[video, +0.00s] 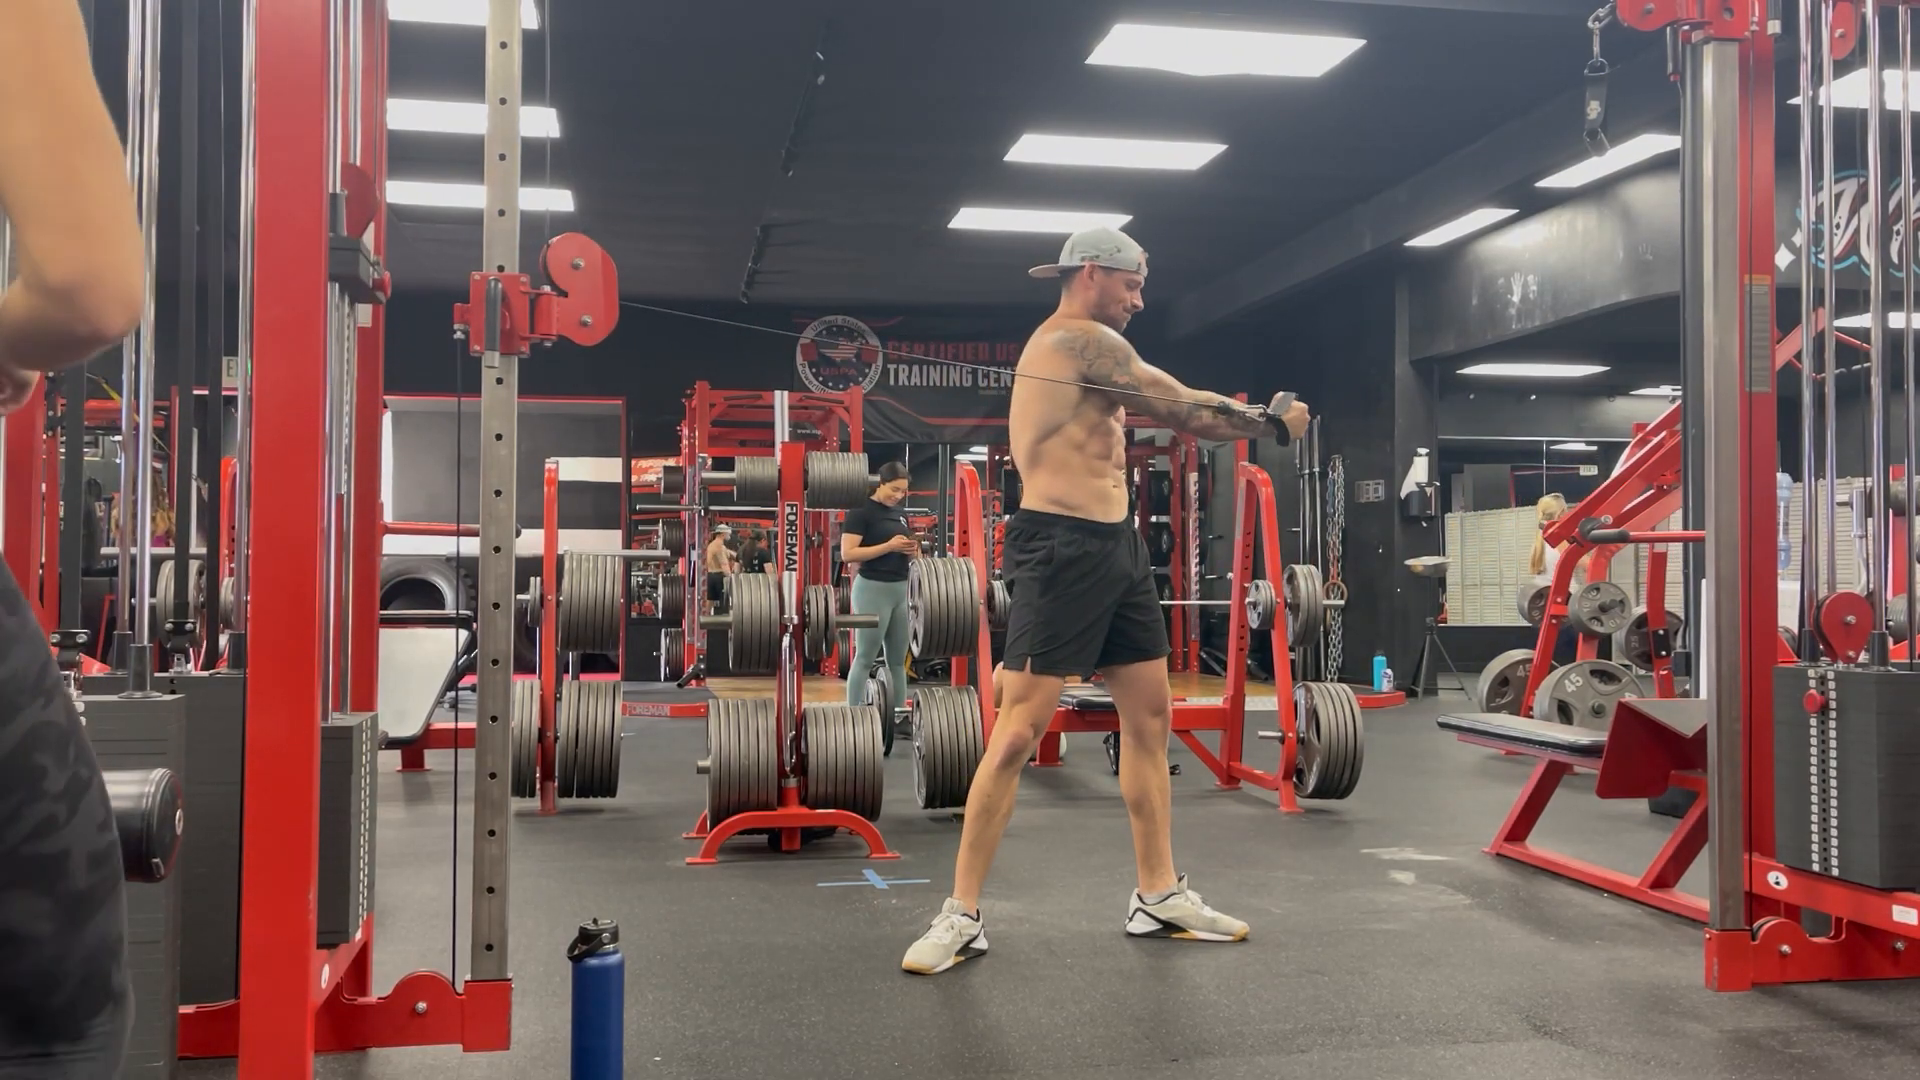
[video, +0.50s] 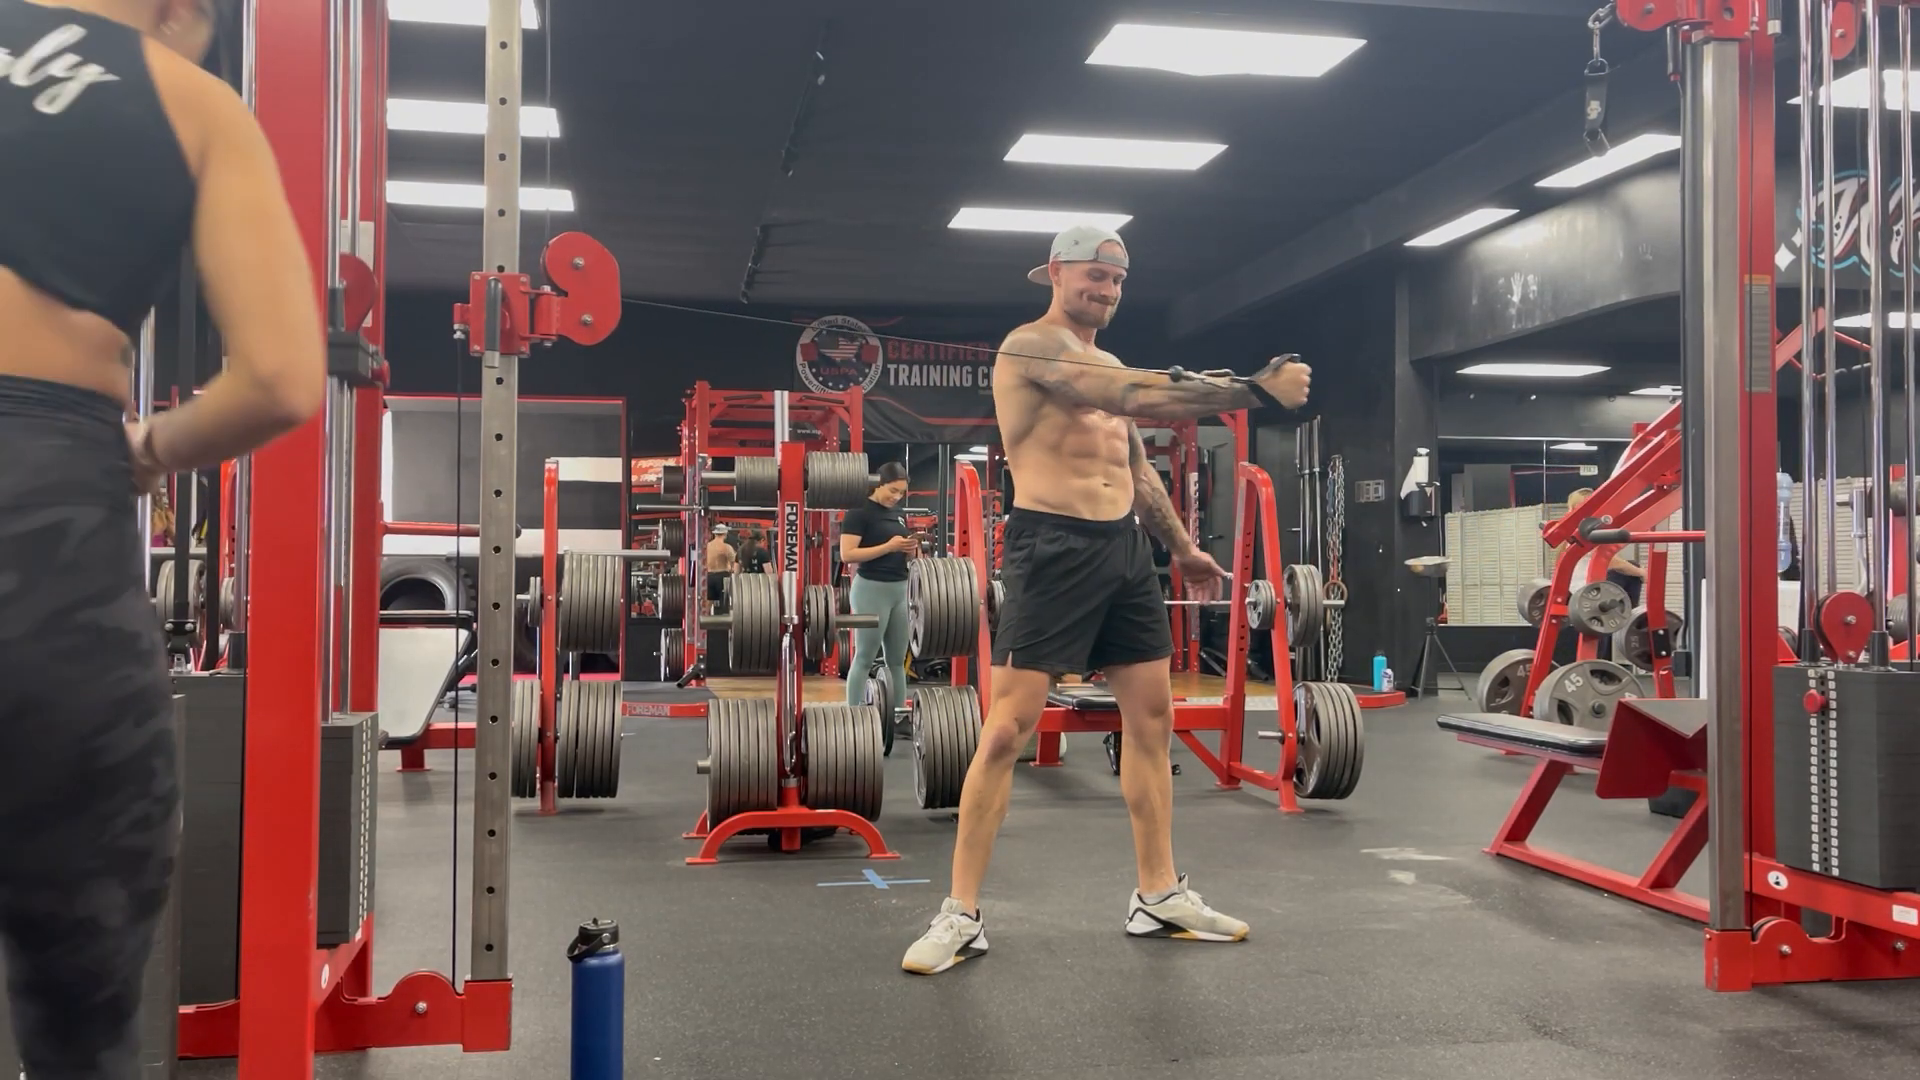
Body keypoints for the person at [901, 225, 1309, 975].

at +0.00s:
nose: (1139, 297)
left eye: (1141, 286)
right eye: (1131, 283)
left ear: (1091, 278)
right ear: (1091, 275)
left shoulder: (1090, 350)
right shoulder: (1076, 338)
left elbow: (1179, 415)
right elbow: (1180, 401)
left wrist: (1250, 416)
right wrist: (1268, 418)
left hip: (1118, 552)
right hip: (1056, 548)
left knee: (1149, 721)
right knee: (1015, 736)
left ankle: (1158, 895)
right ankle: (961, 911)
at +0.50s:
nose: (1106, 287)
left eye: (1116, 277)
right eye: (1092, 272)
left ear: (1120, 289)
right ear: (1053, 276)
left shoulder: (1116, 371)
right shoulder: (1027, 345)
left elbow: (1139, 472)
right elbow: (1116, 389)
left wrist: (1184, 546)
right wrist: (1255, 389)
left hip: (1126, 550)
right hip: (1050, 549)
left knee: (1151, 721)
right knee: (1005, 733)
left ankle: (1158, 894)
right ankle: (960, 910)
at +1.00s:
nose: (1065, 278)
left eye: (1079, 266)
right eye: (1053, 267)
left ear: (1104, 279)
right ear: (1034, 278)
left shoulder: (1140, 365)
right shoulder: (1005, 346)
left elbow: (1203, 460)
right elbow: (988, 383)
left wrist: (1272, 536)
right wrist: (1021, 365)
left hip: (1129, 551)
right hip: (1042, 552)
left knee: (1156, 719)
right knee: (993, 725)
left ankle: (1158, 894)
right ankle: (960, 910)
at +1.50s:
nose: (1052, 272)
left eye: (1067, 262)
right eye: (1042, 262)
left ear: (1098, 279)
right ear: (1029, 277)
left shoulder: (1143, 364)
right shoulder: (1001, 347)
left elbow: (1217, 456)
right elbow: (949, 385)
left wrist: (1296, 529)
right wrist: (926, 364)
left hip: (1122, 549)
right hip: (1033, 550)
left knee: (1161, 719)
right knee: (983, 724)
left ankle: (1159, 894)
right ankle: (959, 908)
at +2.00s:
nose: (1105, 277)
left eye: (1110, 268)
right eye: (1089, 264)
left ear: (1109, 283)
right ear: (1047, 275)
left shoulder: (1115, 371)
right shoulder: (1018, 350)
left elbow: (1144, 464)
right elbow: (1111, 381)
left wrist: (1191, 541)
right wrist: (1235, 372)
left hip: (1126, 552)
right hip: (1050, 550)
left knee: (1157, 716)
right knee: (1003, 731)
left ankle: (1159, 893)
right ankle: (960, 909)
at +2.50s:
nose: (1127, 289)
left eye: (1129, 277)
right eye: (1117, 275)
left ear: (1089, 279)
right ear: (1073, 275)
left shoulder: (1096, 353)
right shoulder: (1058, 342)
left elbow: (1174, 397)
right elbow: (1167, 394)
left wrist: (1260, 398)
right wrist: (1271, 401)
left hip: (1122, 554)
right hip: (1058, 551)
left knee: (1150, 720)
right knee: (1015, 737)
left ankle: (1158, 894)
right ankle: (961, 910)